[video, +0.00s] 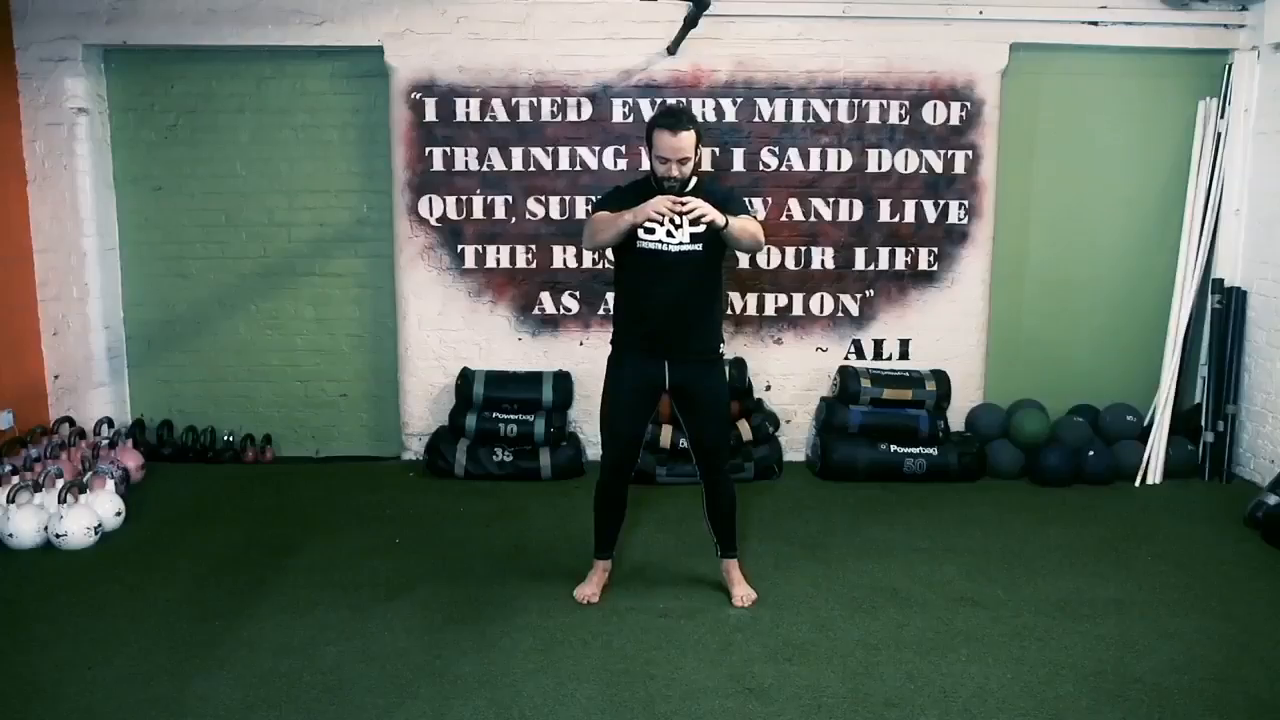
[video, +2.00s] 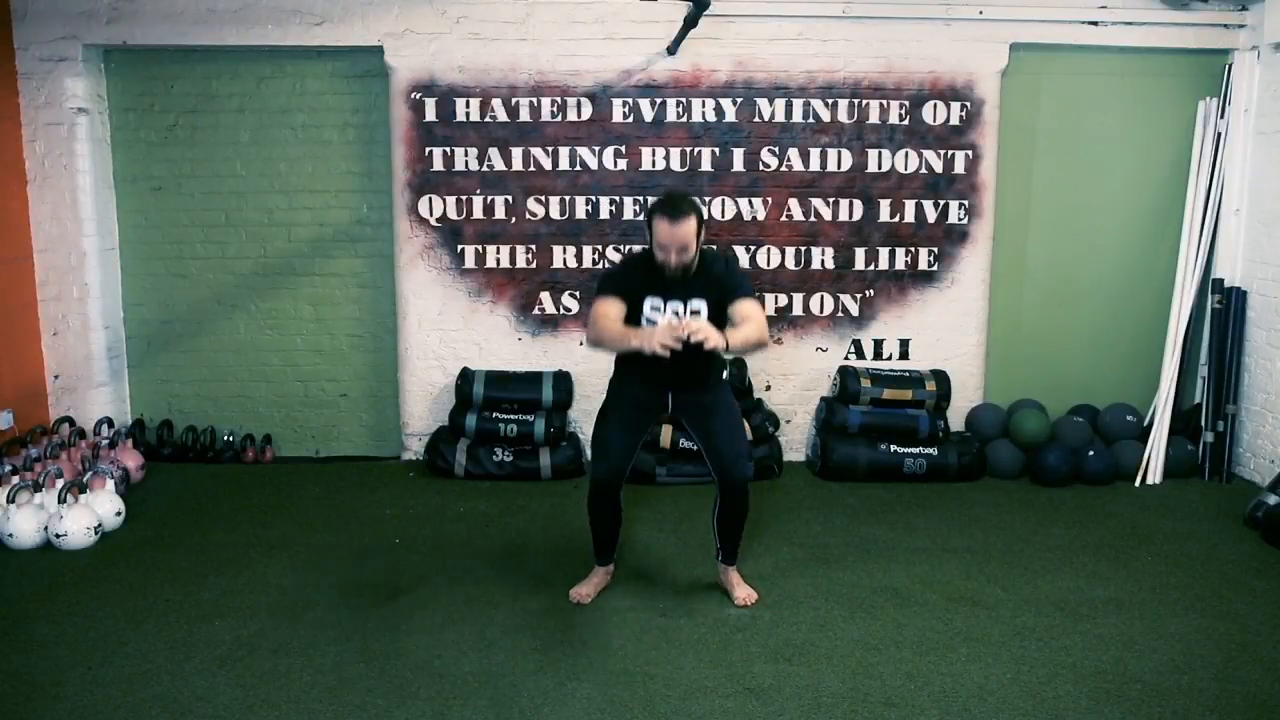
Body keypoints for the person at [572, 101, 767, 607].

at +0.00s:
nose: (673, 169)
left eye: (682, 159)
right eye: (664, 159)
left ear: (697, 153)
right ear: (649, 152)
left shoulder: (716, 194)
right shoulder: (626, 196)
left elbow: (755, 238)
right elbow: (591, 237)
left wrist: (720, 220)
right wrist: (636, 215)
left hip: (698, 353)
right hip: (634, 352)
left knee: (715, 461)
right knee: (616, 459)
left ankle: (730, 562)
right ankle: (601, 563)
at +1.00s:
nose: (673, 232)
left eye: (683, 222)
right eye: (664, 221)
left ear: (699, 212)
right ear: (651, 212)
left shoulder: (716, 246)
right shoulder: (635, 244)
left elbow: (755, 293)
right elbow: (588, 292)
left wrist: (716, 286)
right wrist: (629, 282)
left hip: (702, 385)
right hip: (634, 381)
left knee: (742, 472)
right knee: (592, 471)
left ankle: (731, 563)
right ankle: (600, 564)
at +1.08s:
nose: (672, 272)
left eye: (682, 263)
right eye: (663, 263)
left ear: (698, 250)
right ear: (650, 250)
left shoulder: (717, 282)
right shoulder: (630, 281)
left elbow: (752, 328)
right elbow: (591, 327)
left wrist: (715, 323)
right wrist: (628, 320)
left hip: (702, 402)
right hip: (634, 400)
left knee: (749, 477)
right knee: (587, 479)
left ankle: (731, 564)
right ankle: (601, 565)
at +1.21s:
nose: (672, 330)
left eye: (682, 322)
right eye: (663, 321)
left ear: (696, 305)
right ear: (648, 305)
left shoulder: (716, 333)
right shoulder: (629, 331)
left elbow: (750, 381)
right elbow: (595, 380)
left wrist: (719, 388)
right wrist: (631, 382)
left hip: (701, 429)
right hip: (634, 429)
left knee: (754, 482)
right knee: (580, 488)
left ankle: (730, 567)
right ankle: (601, 567)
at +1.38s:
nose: (670, 393)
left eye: (680, 384)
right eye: (660, 384)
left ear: (695, 366)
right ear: (647, 365)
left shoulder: (716, 387)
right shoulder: (626, 387)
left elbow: (752, 441)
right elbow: (598, 441)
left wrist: (724, 459)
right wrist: (632, 456)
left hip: (698, 474)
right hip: (639, 475)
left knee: (757, 488)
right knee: (581, 492)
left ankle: (729, 570)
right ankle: (602, 569)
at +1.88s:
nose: (673, 323)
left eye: (683, 314)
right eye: (664, 314)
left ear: (697, 299)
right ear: (649, 299)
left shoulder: (720, 328)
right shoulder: (625, 328)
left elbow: (756, 381)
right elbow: (596, 380)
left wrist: (723, 392)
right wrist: (642, 386)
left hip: (701, 419)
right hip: (636, 419)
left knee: (744, 485)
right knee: (595, 486)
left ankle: (728, 569)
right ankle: (602, 568)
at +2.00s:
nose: (673, 259)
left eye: (682, 250)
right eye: (663, 249)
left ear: (699, 235)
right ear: (650, 237)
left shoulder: (721, 270)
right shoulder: (628, 272)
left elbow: (757, 329)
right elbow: (598, 330)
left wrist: (724, 338)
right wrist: (643, 336)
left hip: (703, 386)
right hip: (637, 384)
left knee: (736, 472)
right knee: (605, 471)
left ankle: (728, 565)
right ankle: (603, 566)